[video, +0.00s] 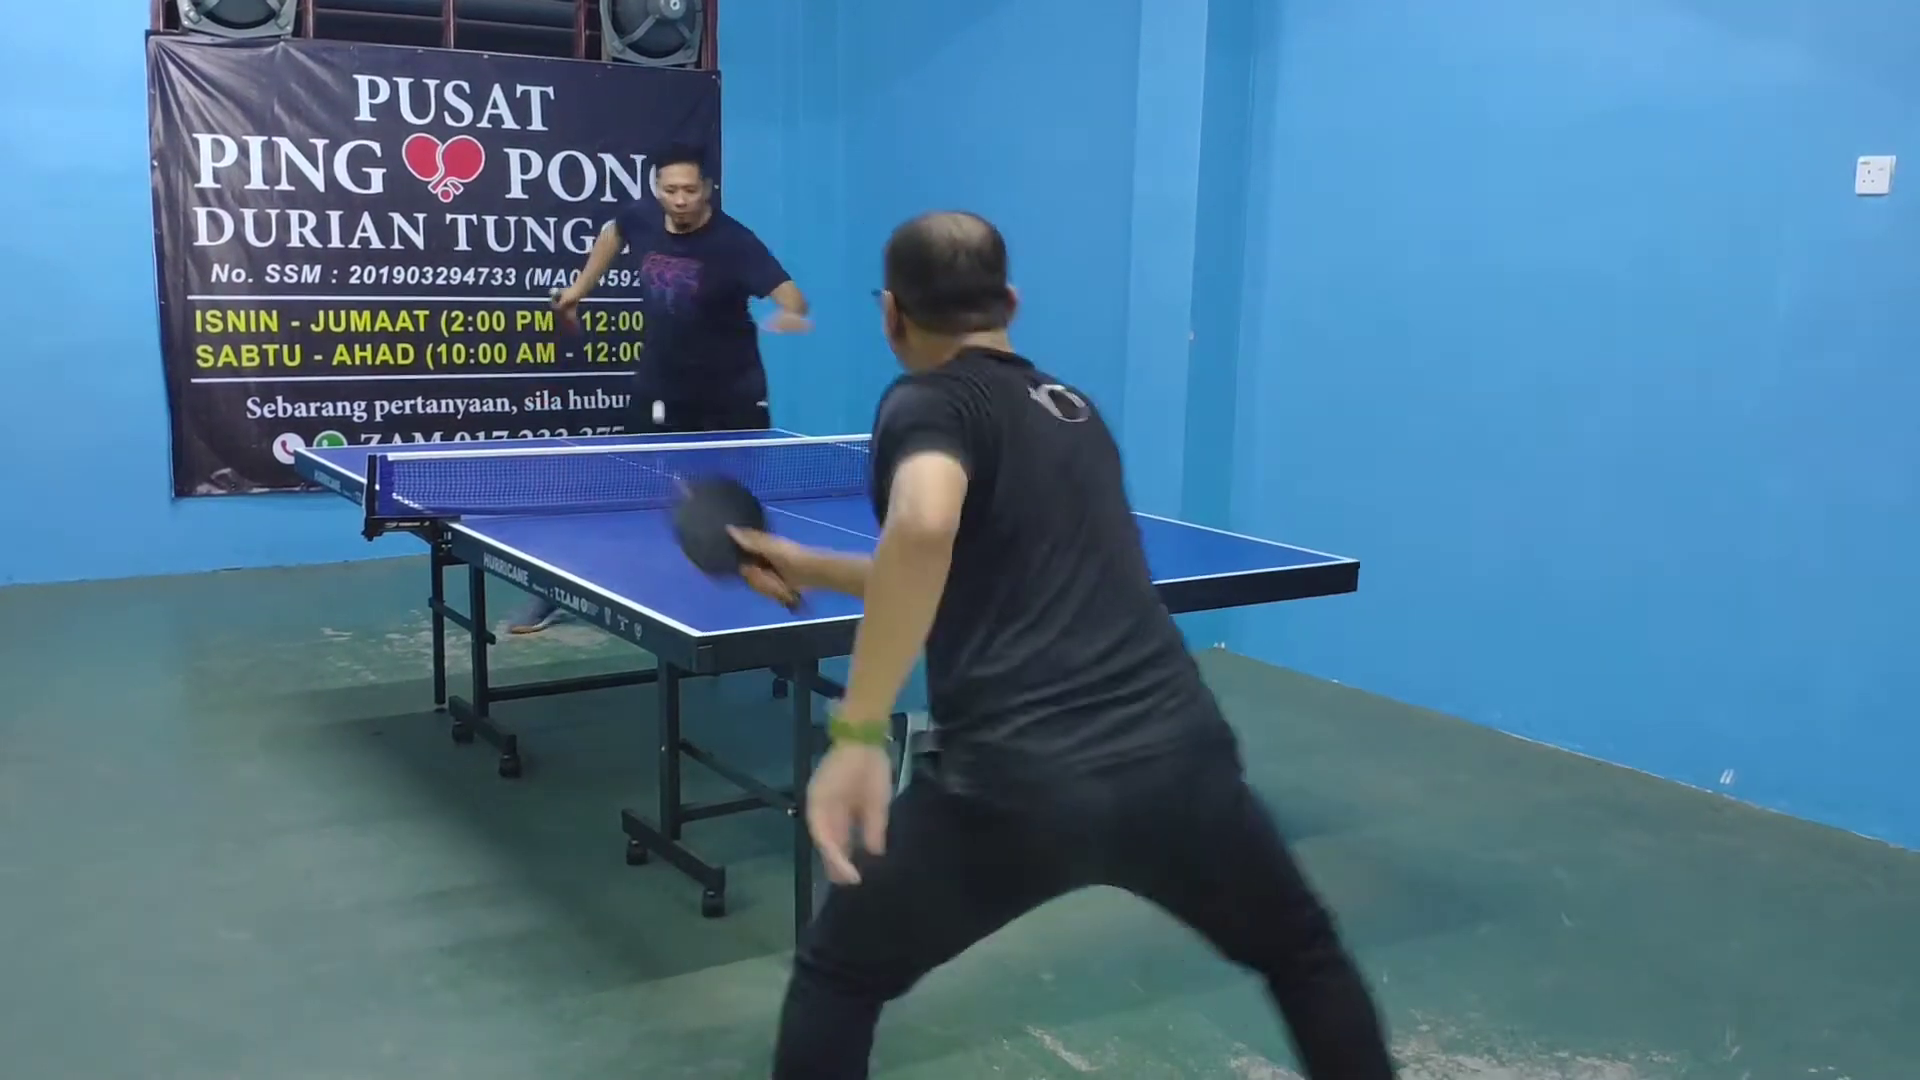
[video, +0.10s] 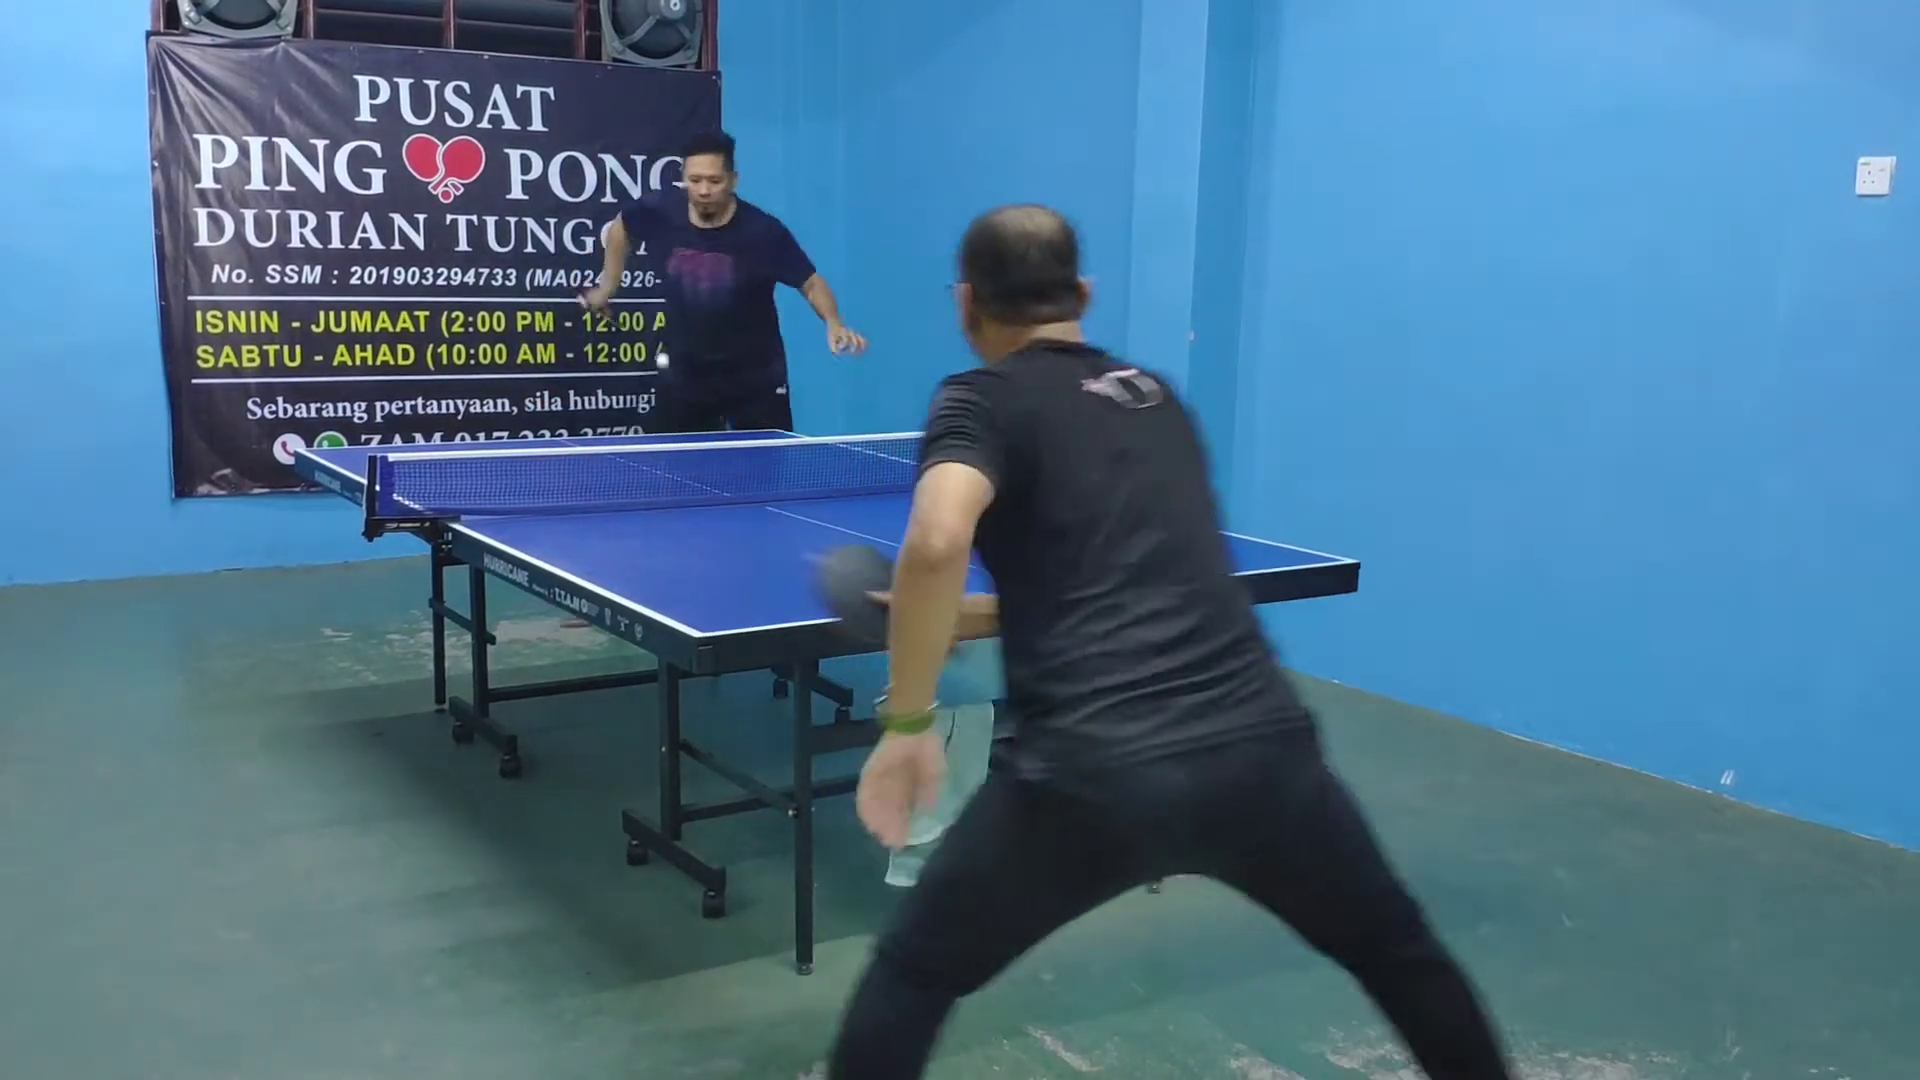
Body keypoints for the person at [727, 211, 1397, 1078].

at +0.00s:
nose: (882, 318)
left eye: (882, 304)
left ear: (894, 312)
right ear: (1010, 304)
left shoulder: (930, 398)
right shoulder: (1071, 408)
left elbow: (925, 524)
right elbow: (984, 584)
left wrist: (860, 731)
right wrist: (816, 570)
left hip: (1014, 795)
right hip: (1177, 779)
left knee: (838, 975)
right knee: (1307, 958)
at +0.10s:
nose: (956, 305)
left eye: (958, 291)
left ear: (969, 301)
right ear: (1078, 295)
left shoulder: (984, 397)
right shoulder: (1153, 393)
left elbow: (936, 546)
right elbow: (1138, 571)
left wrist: (908, 722)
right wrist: (981, 614)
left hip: (1089, 786)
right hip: (1258, 768)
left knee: (911, 977)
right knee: (1403, 956)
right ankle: (1489, 1071)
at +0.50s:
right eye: (1545, 355)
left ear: (1422, 355)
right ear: (1546, 364)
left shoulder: (1337, 461)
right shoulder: (1568, 488)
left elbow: (1308, 631)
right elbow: (1683, 669)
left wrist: (1507, 636)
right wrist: (1866, 797)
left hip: (1302, 822)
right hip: (1481, 836)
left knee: (1121, 1009)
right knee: (1583, 974)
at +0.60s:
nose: (1661, 320)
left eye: (1660, 300)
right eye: (1660, 300)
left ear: (1533, 296)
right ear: (1641, 300)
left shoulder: (1427, 404)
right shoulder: (1664, 434)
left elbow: (1378, 591)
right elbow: (1735, 623)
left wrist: (1434, 713)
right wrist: (1883, 796)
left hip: (1367, 763)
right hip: (1545, 787)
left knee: (1198, 970)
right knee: (1629, 973)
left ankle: (1075, 1078)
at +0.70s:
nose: (1749, 275)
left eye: (1753, 253)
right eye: (1750, 251)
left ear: (1626, 243)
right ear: (1716, 244)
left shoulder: (1496, 355)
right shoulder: (1732, 389)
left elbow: (1442, 556)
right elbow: (1774, 608)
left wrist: (1467, 688)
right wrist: (1876, 805)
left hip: (1428, 718)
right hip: (1597, 747)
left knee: (1299, 944)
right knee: (1645, 972)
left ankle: (1195, 1069)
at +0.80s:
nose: (1818, 230)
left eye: (1822, 208)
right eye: (1818, 205)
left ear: (1692, 197)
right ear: (1776, 198)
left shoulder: (1553, 310)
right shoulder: (1788, 349)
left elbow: (1490, 513)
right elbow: (1786, 581)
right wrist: (1857, 772)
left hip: (1474, 685)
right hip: (1636, 716)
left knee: (1432, 927)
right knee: (1659, 975)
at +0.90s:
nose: (1856, 212)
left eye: (1860, 189)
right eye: (1855, 185)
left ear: (1726, 177)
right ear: (1811, 180)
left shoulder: (1583, 294)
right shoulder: (1814, 331)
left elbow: (1508, 493)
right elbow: (1796, 570)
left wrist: (1469, 652)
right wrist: (1861, 748)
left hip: (1498, 676)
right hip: (1654, 710)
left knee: (1505, 934)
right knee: (1673, 975)